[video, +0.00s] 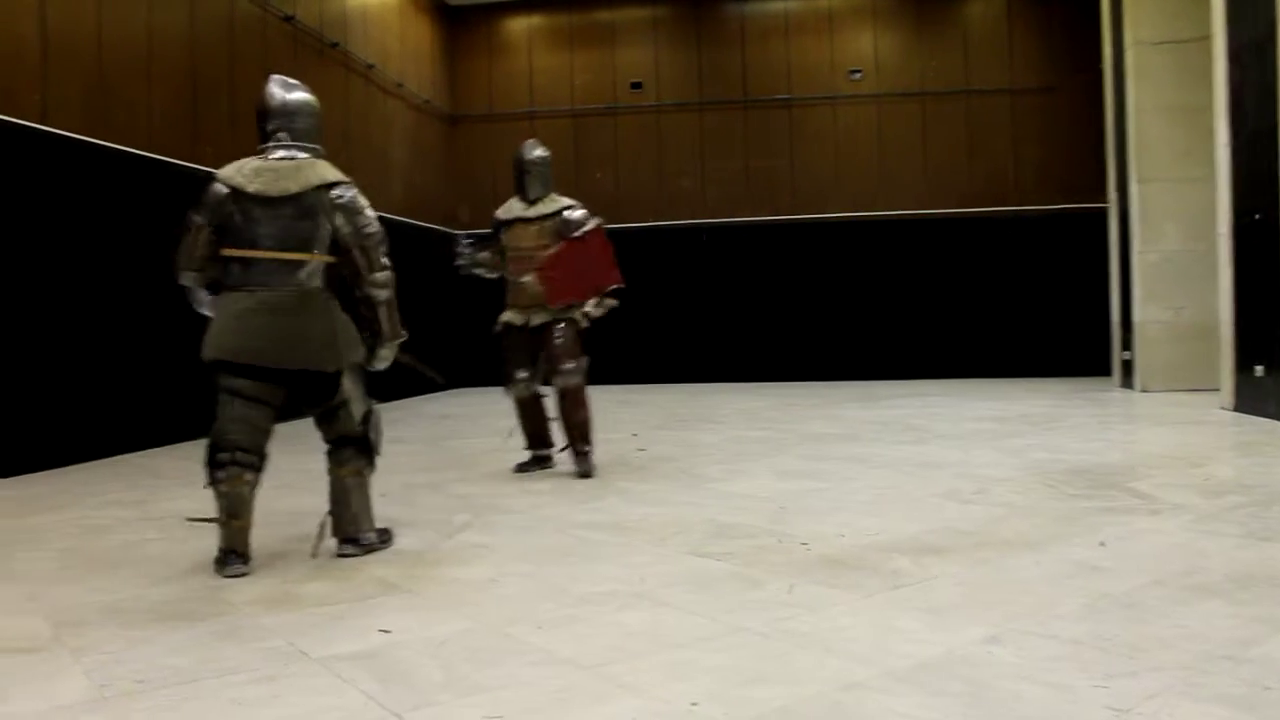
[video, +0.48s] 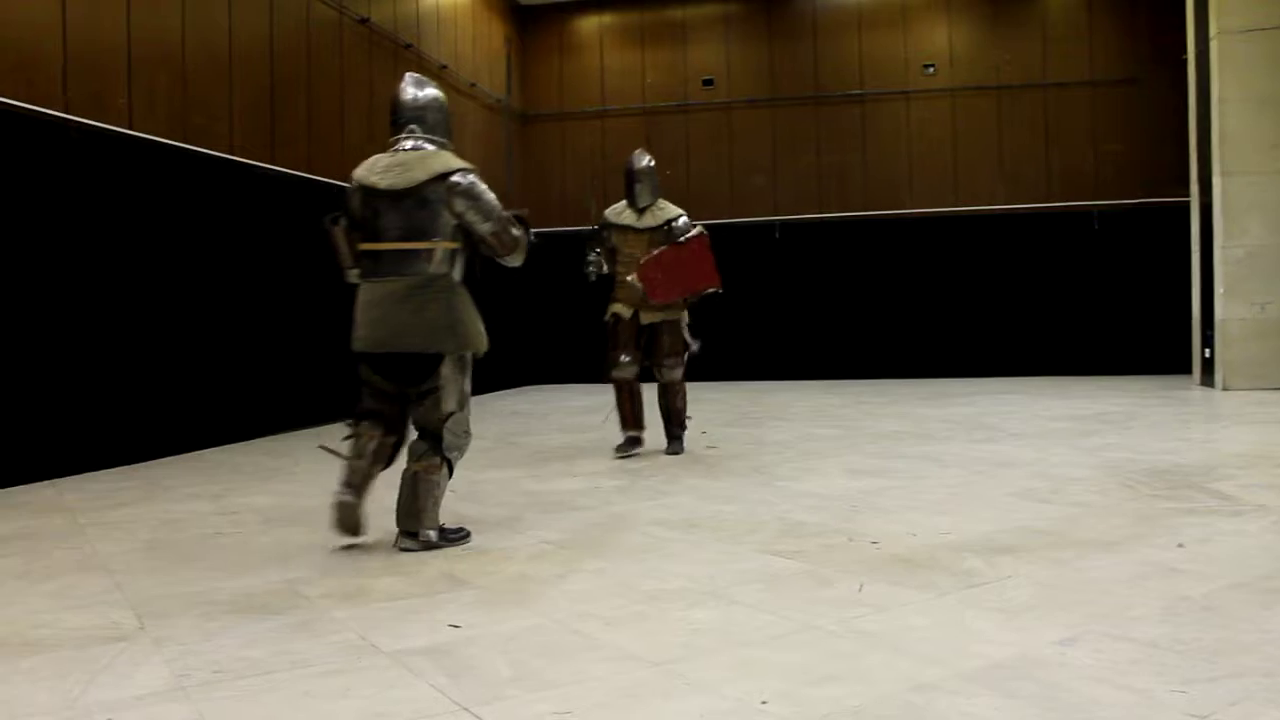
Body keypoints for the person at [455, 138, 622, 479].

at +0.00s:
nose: (536, 177)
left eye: (542, 168)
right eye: (529, 170)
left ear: (550, 169)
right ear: (518, 172)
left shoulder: (568, 213)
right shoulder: (505, 216)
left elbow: (600, 269)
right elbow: (501, 262)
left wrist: (587, 311)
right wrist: (475, 259)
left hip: (560, 314)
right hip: (518, 315)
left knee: (569, 379)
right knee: (521, 382)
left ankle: (581, 452)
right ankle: (540, 452)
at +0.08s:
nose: (561, 174)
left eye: (565, 166)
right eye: (554, 166)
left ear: (574, 168)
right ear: (542, 169)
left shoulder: (592, 209)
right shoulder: (528, 214)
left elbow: (615, 257)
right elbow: (521, 258)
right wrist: (502, 256)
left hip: (583, 311)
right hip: (540, 312)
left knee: (593, 376)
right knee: (540, 382)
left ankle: (608, 446)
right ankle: (554, 451)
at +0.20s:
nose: (593, 186)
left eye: (599, 179)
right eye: (587, 179)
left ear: (608, 179)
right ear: (577, 182)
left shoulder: (628, 219)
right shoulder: (565, 222)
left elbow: (650, 265)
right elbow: (560, 267)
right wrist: (541, 260)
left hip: (618, 314)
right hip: (575, 313)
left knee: (631, 377)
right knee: (570, 379)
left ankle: (646, 433)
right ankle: (578, 450)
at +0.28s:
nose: (617, 192)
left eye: (621, 185)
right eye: (611, 186)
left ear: (631, 186)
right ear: (602, 188)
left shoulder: (650, 226)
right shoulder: (588, 227)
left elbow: (667, 274)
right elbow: (585, 271)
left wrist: (637, 273)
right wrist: (566, 266)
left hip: (639, 319)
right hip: (599, 317)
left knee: (651, 381)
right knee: (592, 381)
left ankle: (664, 438)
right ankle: (593, 450)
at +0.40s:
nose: (636, 193)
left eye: (641, 186)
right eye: (630, 186)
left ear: (650, 186)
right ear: (621, 188)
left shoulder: (668, 223)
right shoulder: (606, 223)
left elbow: (684, 270)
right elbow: (600, 262)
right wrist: (591, 269)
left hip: (658, 314)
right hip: (618, 313)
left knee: (666, 377)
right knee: (613, 375)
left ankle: (672, 438)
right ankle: (614, 439)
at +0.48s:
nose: (641, 186)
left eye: (646, 180)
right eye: (636, 180)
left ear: (655, 180)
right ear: (627, 182)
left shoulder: (674, 218)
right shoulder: (612, 218)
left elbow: (691, 267)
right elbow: (601, 254)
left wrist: (652, 284)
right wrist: (597, 265)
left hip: (665, 310)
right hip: (624, 310)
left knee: (670, 374)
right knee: (623, 372)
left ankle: (675, 436)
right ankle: (632, 434)